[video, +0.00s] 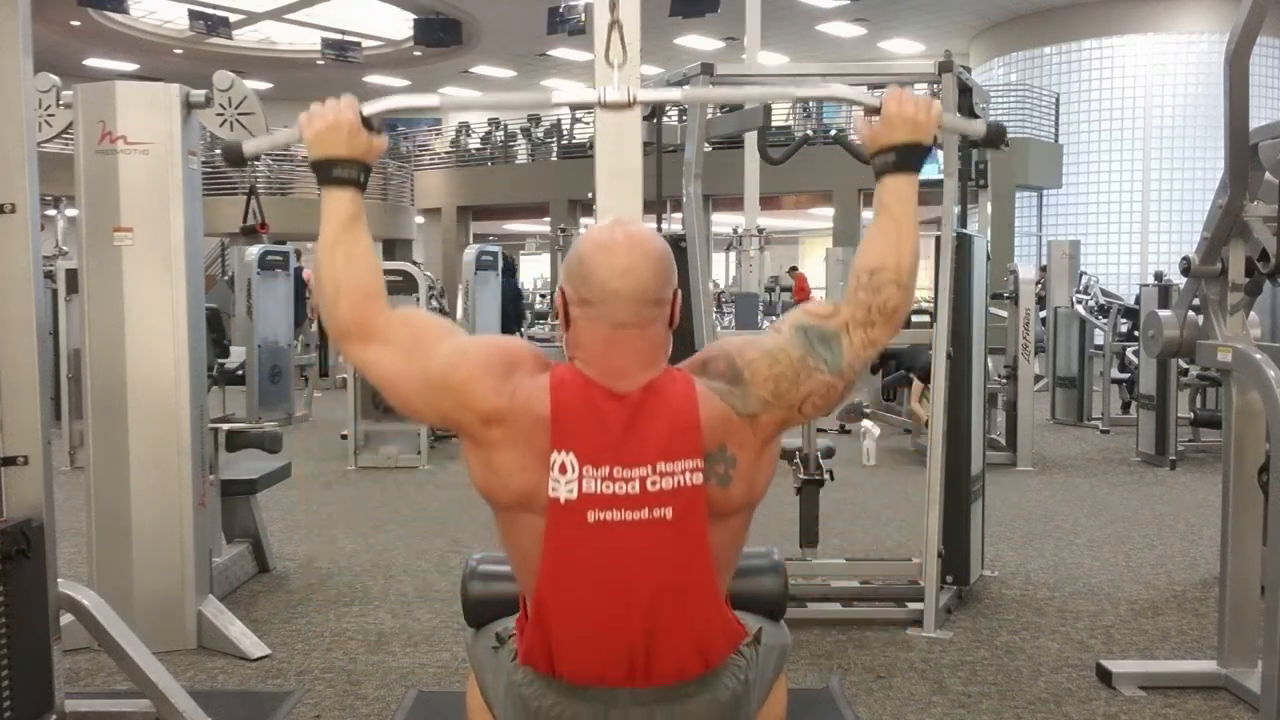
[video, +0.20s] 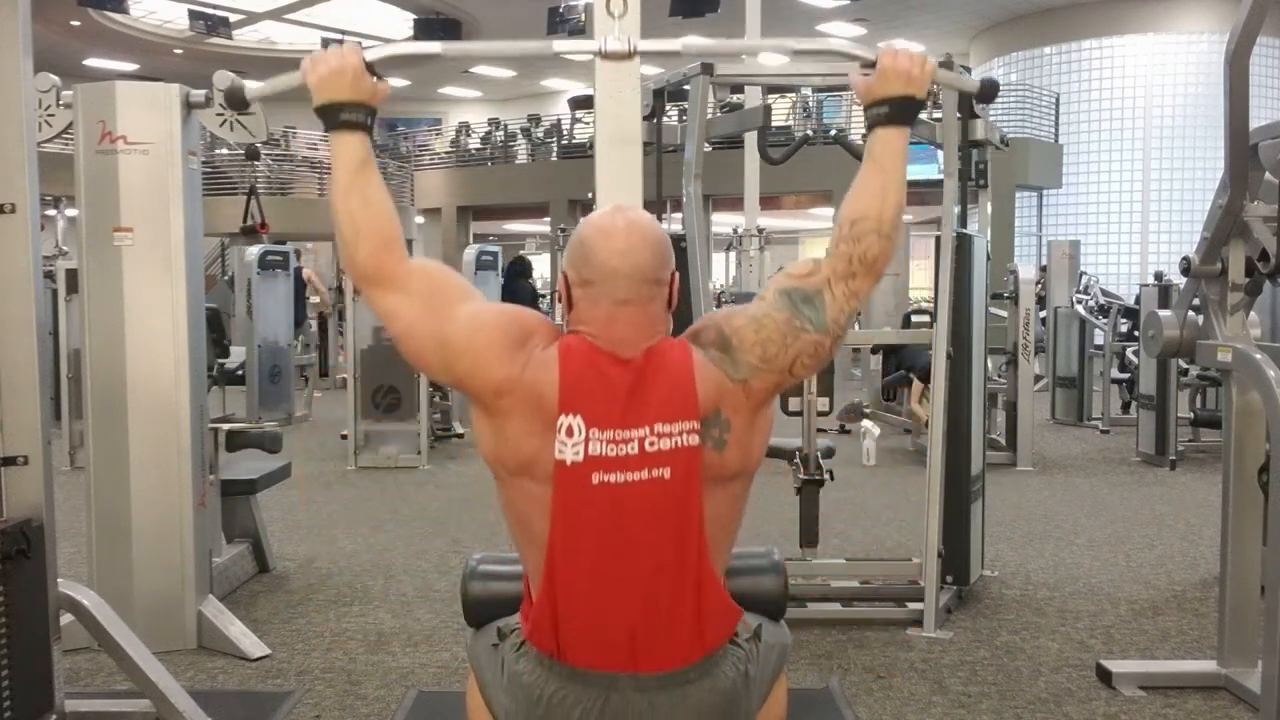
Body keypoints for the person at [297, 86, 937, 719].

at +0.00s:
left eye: (565, 286)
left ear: (564, 311)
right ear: (672, 312)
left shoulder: (498, 388)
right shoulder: (744, 391)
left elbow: (356, 321)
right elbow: (873, 314)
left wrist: (339, 178)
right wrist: (901, 167)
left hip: (553, 693)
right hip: (707, 688)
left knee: (492, 646)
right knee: (768, 647)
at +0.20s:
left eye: (565, 275)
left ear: (566, 294)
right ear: (671, 294)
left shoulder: (507, 364)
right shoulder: (736, 366)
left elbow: (381, 270)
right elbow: (855, 264)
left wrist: (346, 118)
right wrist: (893, 115)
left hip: (555, 689)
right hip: (700, 688)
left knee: (489, 659)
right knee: (767, 652)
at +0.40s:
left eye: (570, 264)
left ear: (568, 282)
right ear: (671, 282)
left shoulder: (512, 343)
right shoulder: (731, 347)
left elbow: (398, 230)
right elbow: (834, 224)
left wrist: (347, 80)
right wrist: (888, 78)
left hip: (555, 683)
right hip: (696, 684)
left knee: (487, 670)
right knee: (770, 646)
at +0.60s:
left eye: (571, 263)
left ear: (568, 280)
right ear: (670, 281)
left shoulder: (515, 336)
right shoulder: (728, 340)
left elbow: (407, 215)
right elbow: (823, 213)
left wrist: (349, 65)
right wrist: (884, 66)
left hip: (555, 679)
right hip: (695, 680)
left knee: (488, 667)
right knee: (770, 648)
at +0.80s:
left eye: (574, 265)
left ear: (572, 282)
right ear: (675, 282)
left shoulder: (516, 337)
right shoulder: (730, 338)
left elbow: (403, 225)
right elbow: (834, 217)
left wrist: (350, 77)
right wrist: (885, 74)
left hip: (555, 680)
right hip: (695, 680)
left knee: (489, 666)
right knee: (767, 647)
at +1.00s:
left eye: (573, 270)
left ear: (573, 287)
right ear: (677, 289)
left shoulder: (512, 349)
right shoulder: (740, 353)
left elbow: (383, 260)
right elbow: (864, 254)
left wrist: (347, 111)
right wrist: (899, 107)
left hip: (555, 685)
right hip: (700, 682)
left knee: (489, 657)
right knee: (768, 648)